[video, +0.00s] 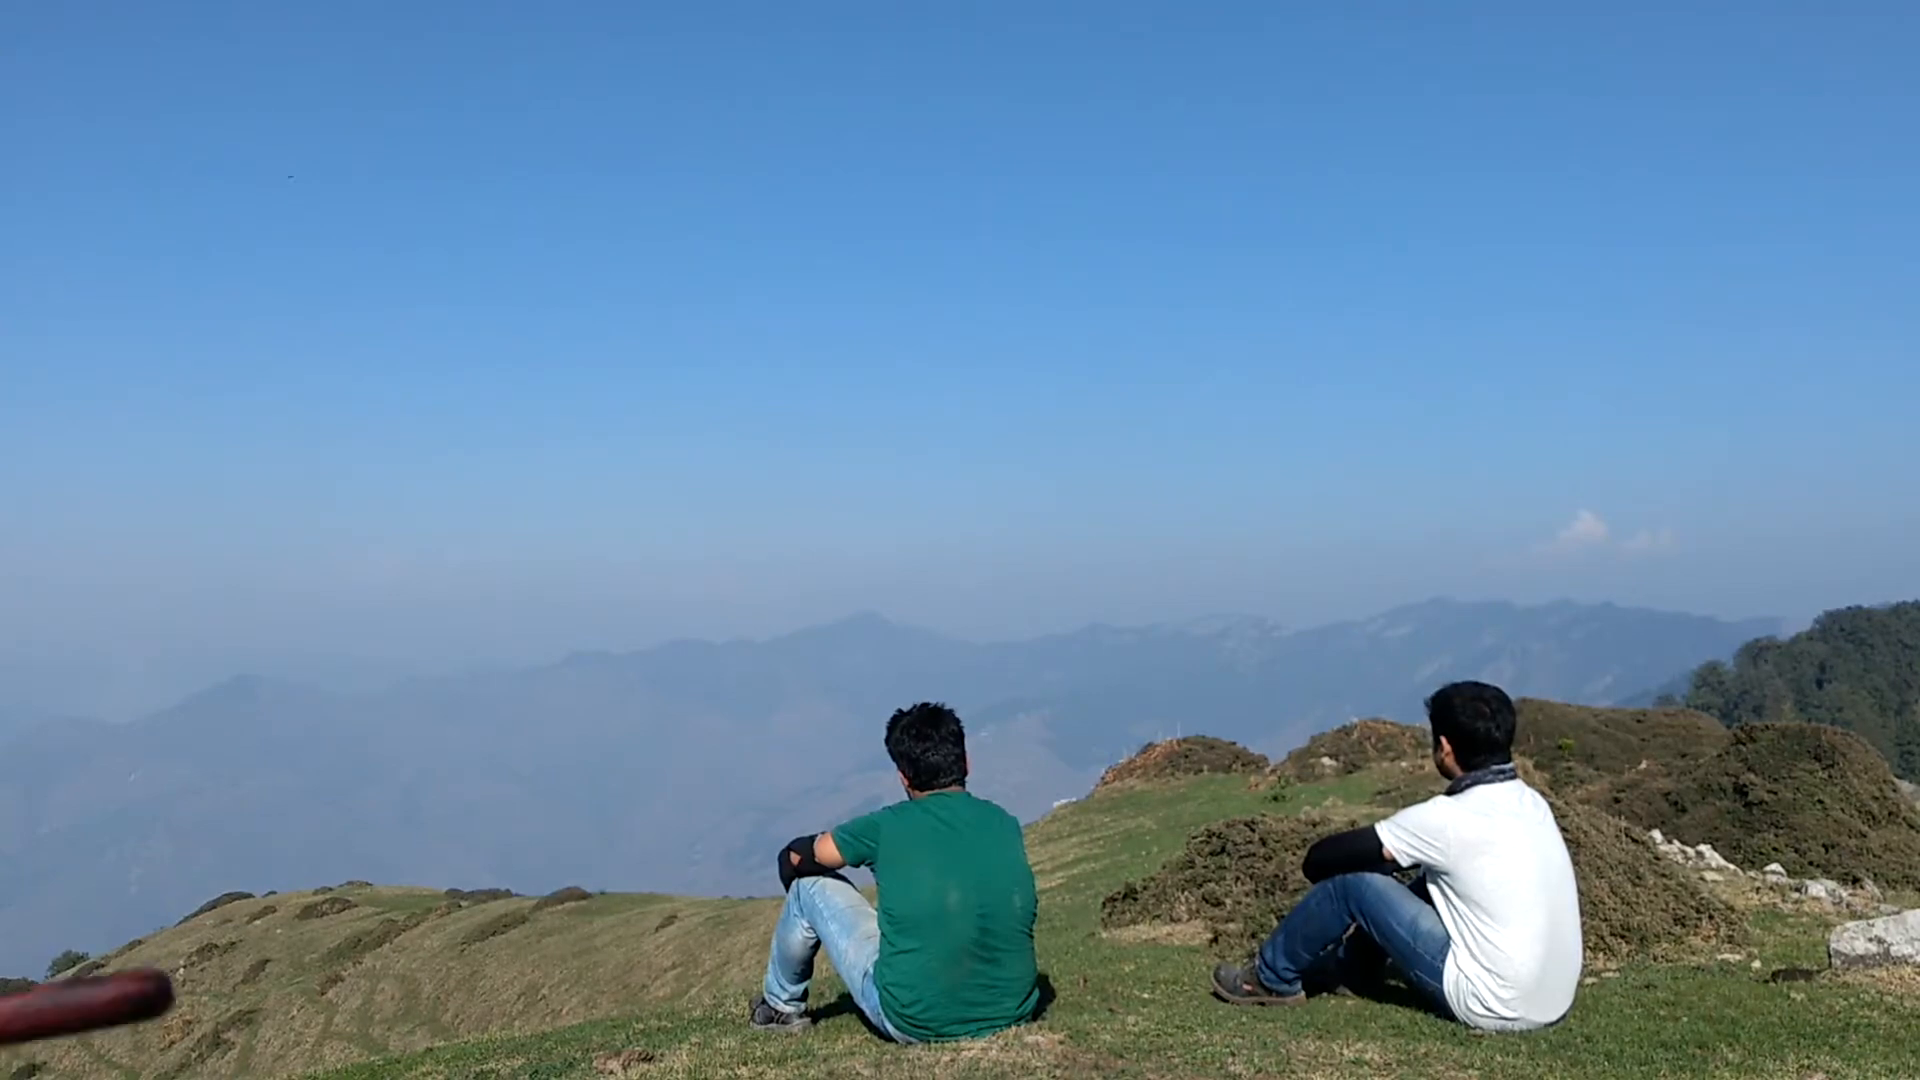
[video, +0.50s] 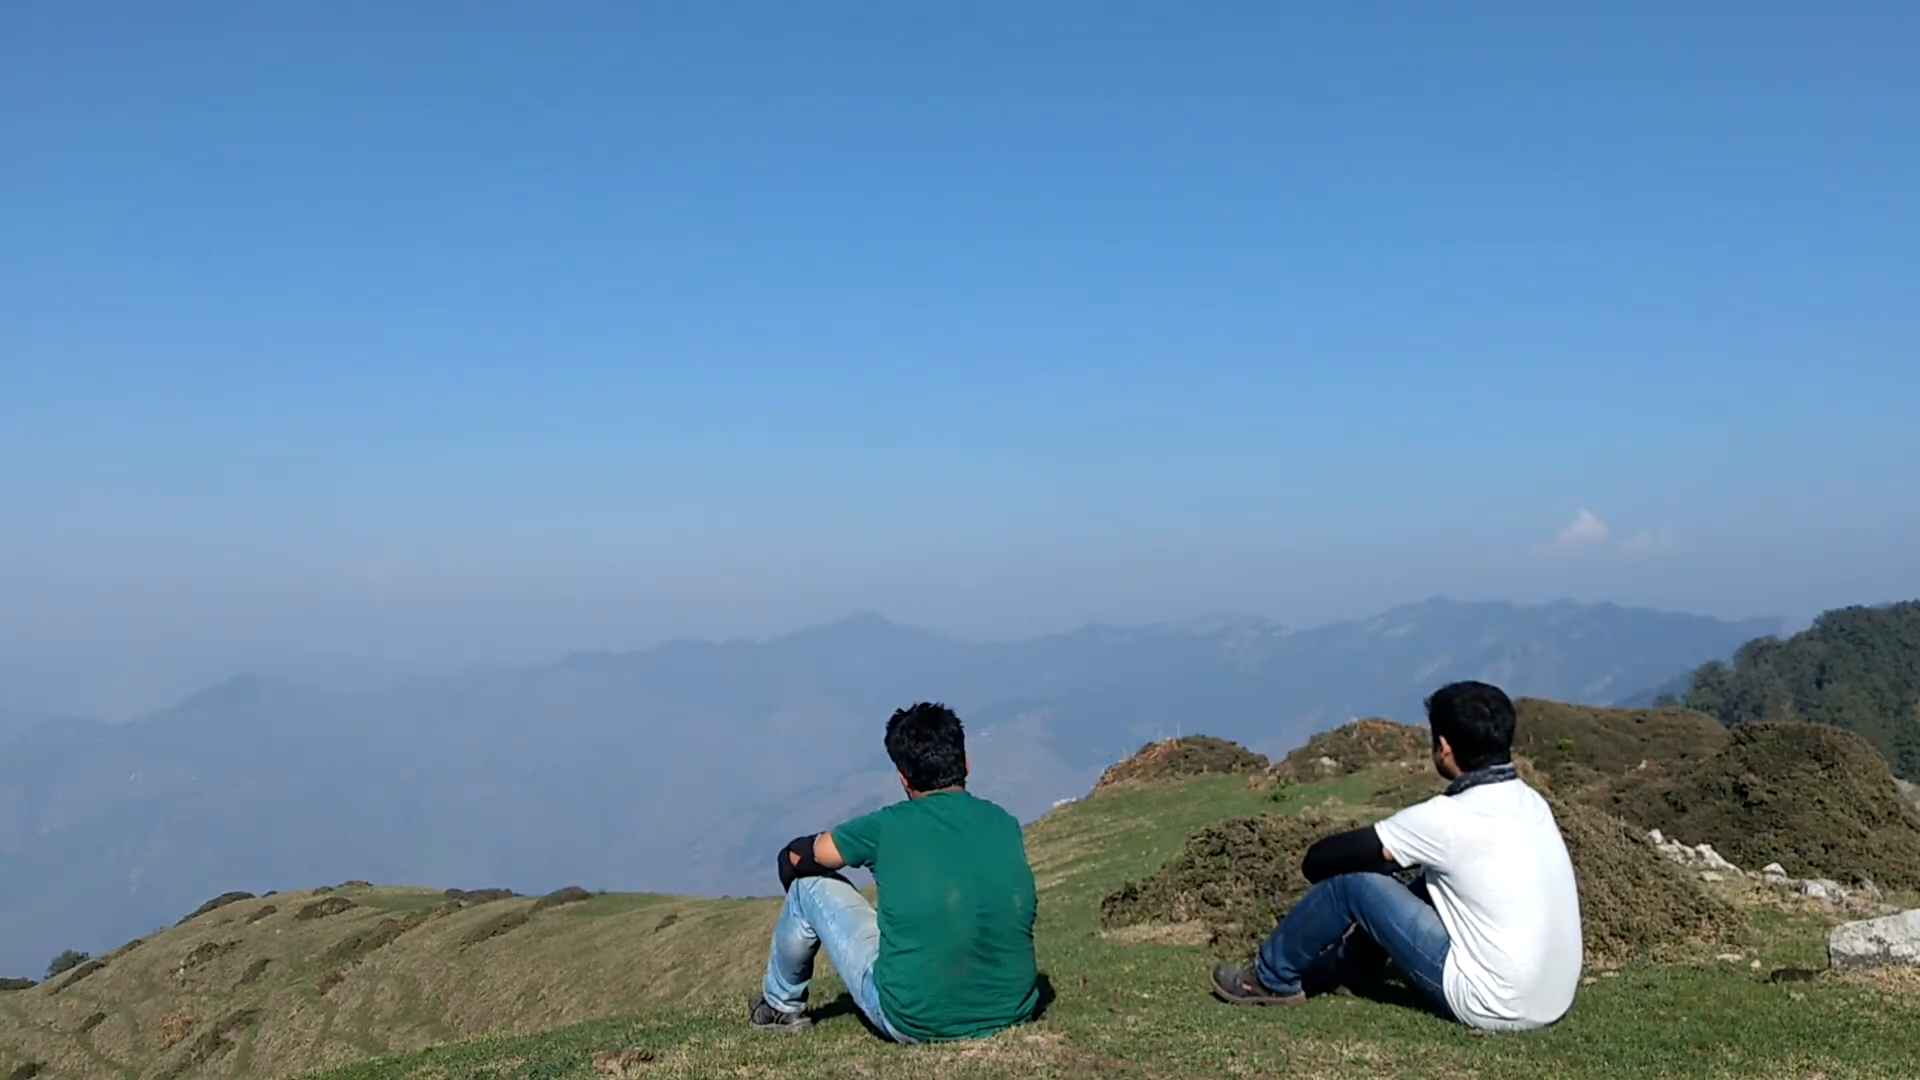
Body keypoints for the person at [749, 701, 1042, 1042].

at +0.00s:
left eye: (898, 770)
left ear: (904, 777)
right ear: (967, 764)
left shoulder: (887, 825)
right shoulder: (1006, 823)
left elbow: (796, 857)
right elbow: (1022, 912)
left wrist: (797, 889)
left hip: (915, 1021)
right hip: (1009, 1012)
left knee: (810, 885)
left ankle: (781, 1006)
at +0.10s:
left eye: (898, 770)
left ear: (904, 777)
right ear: (966, 764)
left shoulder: (888, 825)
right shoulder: (1006, 823)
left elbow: (797, 856)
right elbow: (1021, 912)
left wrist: (796, 887)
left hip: (915, 1021)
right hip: (1009, 1012)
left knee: (810, 885)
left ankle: (781, 1006)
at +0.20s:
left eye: (898, 770)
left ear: (904, 778)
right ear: (967, 764)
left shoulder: (888, 824)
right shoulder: (1005, 822)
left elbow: (796, 857)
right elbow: (1021, 911)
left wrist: (797, 889)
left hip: (915, 1020)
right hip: (1008, 1012)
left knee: (810, 886)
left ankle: (781, 1005)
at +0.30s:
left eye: (898, 770)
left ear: (904, 778)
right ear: (967, 764)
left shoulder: (888, 824)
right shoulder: (1005, 822)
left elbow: (796, 857)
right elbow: (1021, 912)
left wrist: (797, 889)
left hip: (915, 1020)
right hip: (1008, 1012)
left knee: (810, 886)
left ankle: (781, 1005)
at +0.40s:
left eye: (898, 770)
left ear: (904, 778)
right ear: (967, 764)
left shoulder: (888, 824)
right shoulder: (1005, 822)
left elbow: (796, 857)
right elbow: (1021, 912)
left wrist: (797, 889)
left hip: (915, 1020)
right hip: (1008, 1012)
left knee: (810, 885)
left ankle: (781, 1005)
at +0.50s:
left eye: (898, 770)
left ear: (904, 778)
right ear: (967, 764)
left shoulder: (887, 824)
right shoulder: (1005, 822)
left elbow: (796, 857)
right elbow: (1021, 911)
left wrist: (797, 888)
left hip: (915, 1020)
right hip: (1008, 1012)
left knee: (810, 886)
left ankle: (781, 1005)